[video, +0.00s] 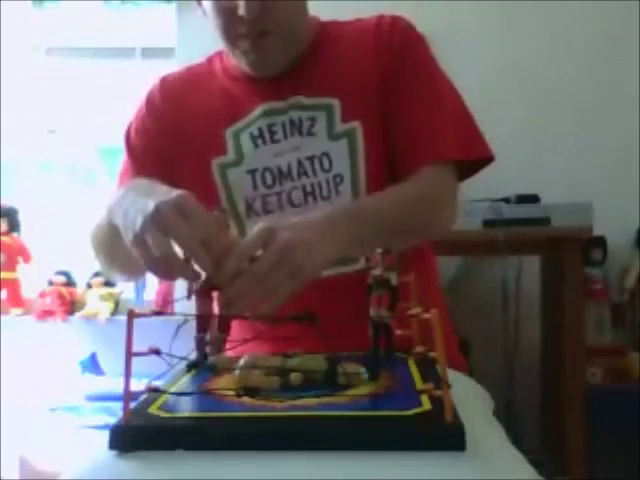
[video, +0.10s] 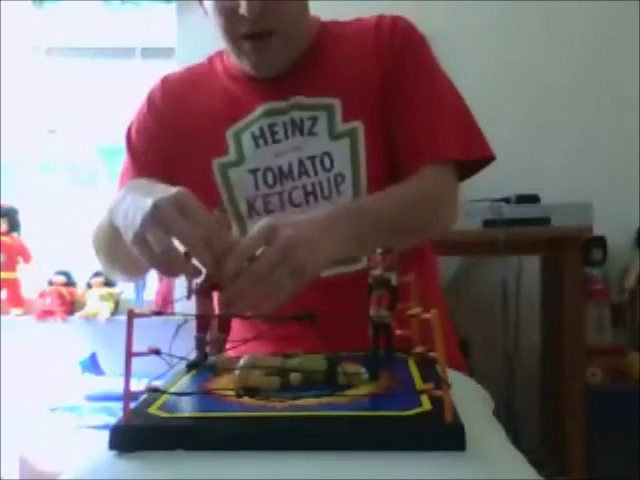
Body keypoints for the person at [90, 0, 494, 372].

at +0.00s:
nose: (244, 12)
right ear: (203, 5)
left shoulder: (385, 47)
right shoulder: (172, 102)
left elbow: (438, 202)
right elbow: (117, 259)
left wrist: (318, 237)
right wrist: (128, 203)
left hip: (399, 366)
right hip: (248, 375)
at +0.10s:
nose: (247, 10)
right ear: (205, 5)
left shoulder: (386, 48)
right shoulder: (173, 103)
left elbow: (439, 202)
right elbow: (119, 260)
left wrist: (318, 237)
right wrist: (129, 205)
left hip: (399, 365)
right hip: (250, 374)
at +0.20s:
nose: (246, 10)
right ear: (205, 5)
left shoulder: (386, 48)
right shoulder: (173, 103)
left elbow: (439, 202)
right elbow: (120, 261)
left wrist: (317, 236)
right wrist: (130, 206)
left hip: (400, 364)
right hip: (252, 372)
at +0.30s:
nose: (247, 10)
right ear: (207, 4)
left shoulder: (386, 47)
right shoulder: (174, 103)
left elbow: (439, 202)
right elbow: (121, 262)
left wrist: (317, 236)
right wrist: (129, 208)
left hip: (400, 364)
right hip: (252, 372)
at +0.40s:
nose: (246, 11)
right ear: (206, 5)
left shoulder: (386, 46)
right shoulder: (173, 103)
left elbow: (439, 202)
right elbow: (123, 264)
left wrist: (321, 235)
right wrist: (127, 211)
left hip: (401, 365)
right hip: (252, 374)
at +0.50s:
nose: (245, 12)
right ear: (205, 4)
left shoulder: (386, 46)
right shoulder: (173, 104)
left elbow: (439, 202)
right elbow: (123, 266)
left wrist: (320, 236)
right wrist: (124, 214)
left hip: (403, 367)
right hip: (256, 377)